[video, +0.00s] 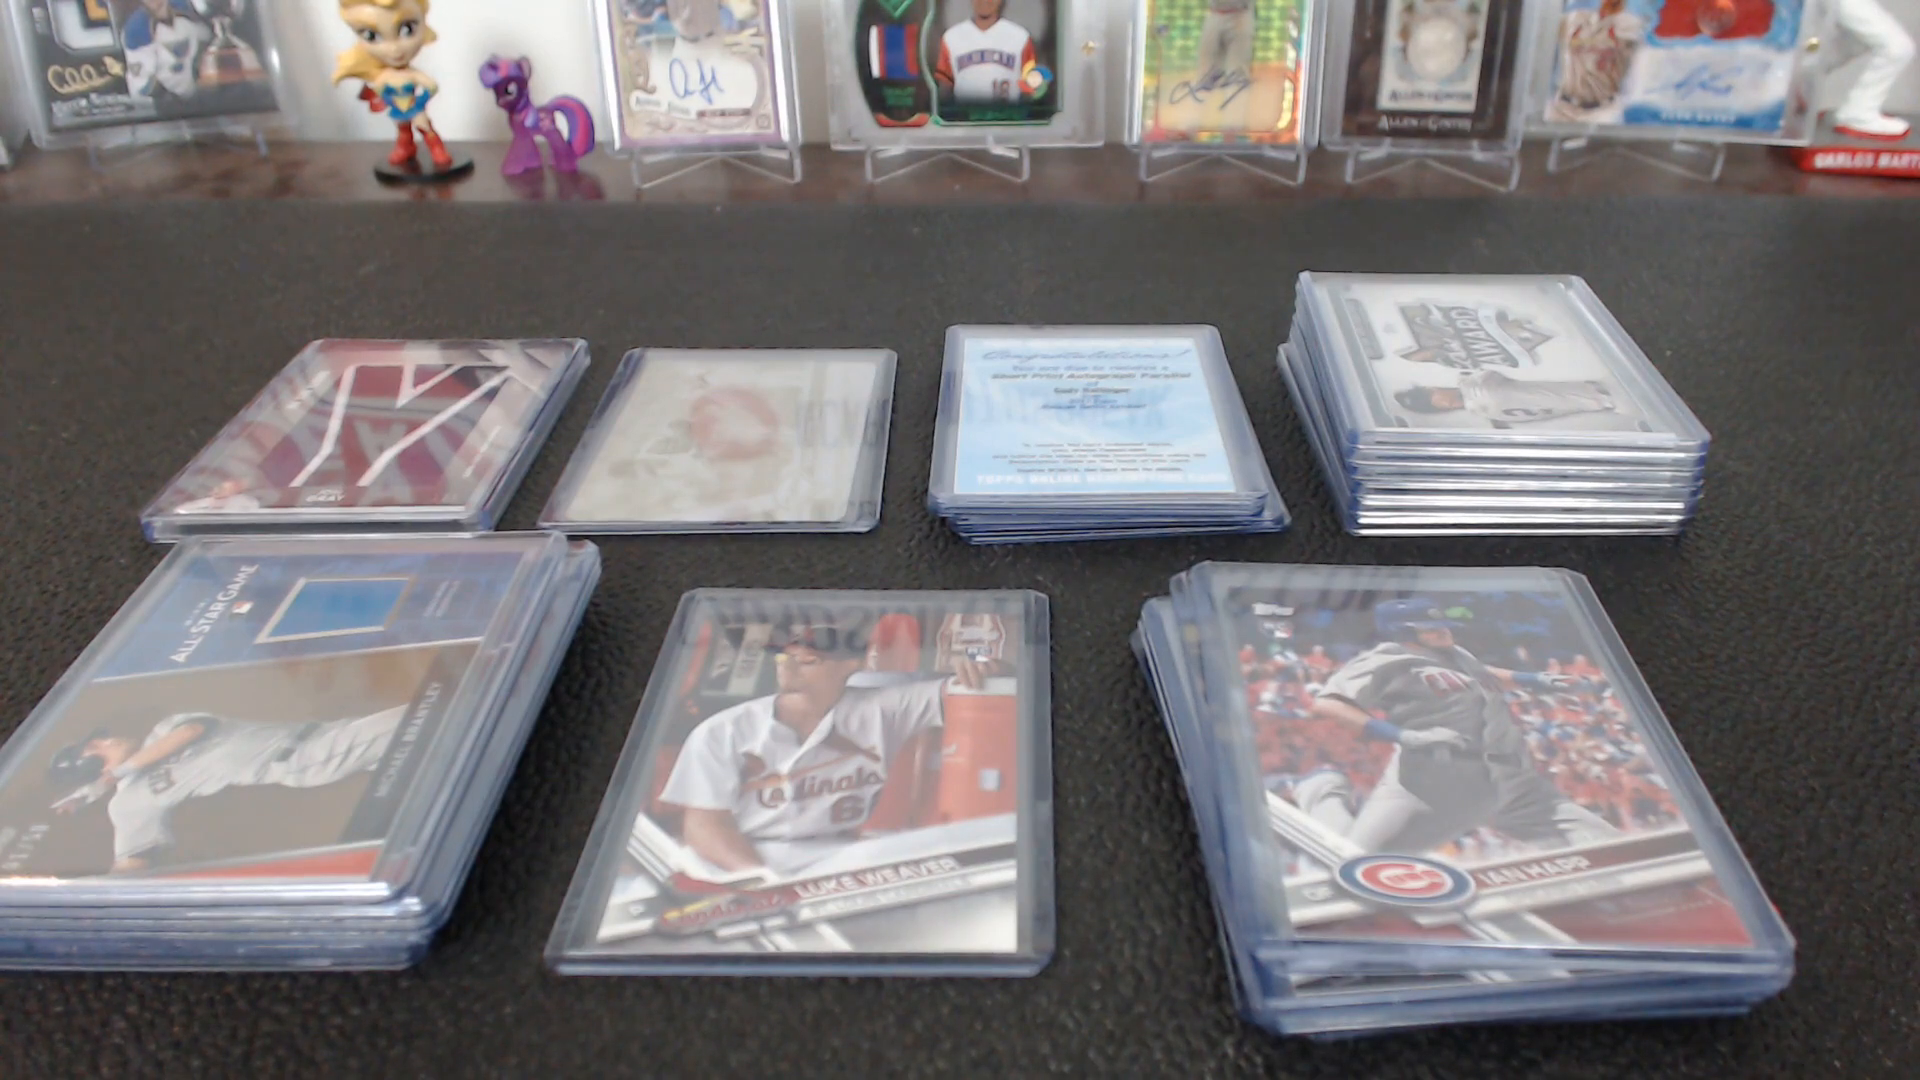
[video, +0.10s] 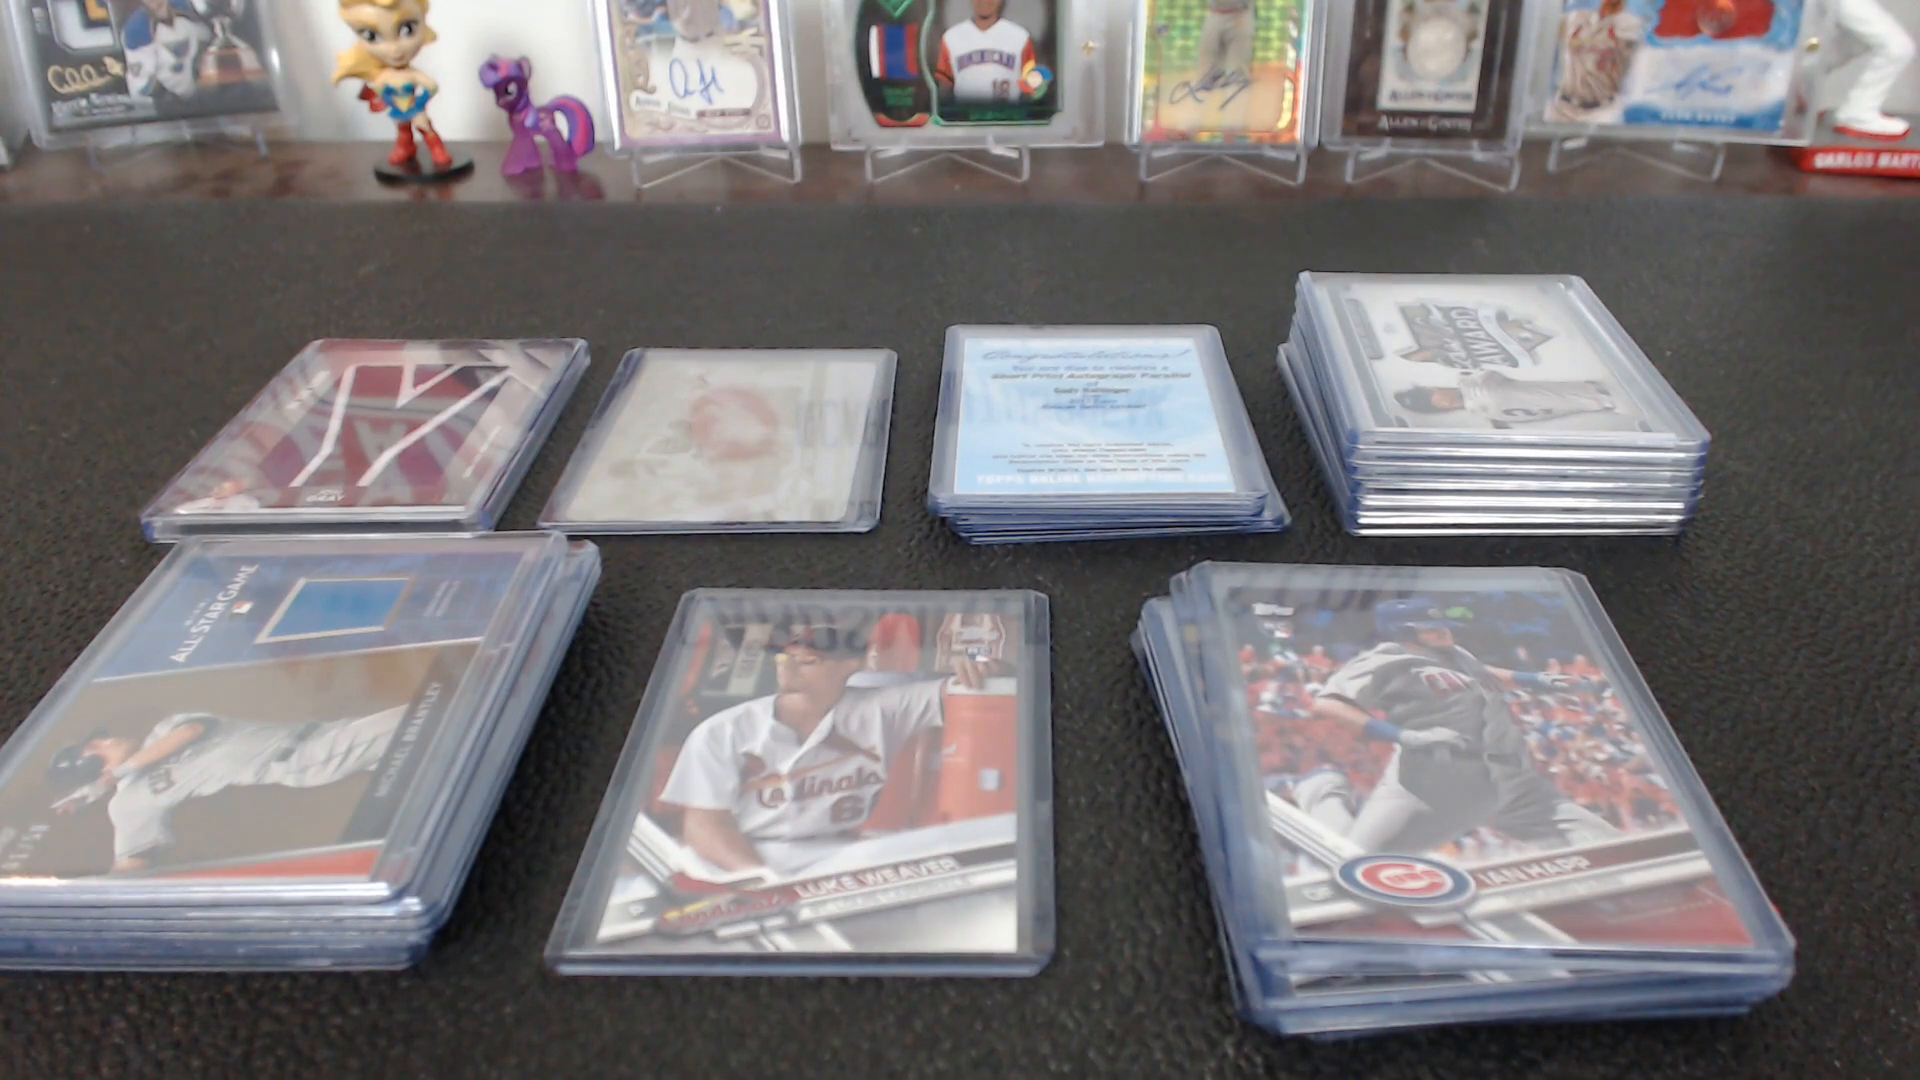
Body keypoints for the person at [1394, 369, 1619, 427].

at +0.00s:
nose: (1445, 401)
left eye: (1439, 396)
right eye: (1440, 403)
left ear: (1441, 388)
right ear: (1440, 407)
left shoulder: (1469, 382)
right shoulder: (1472, 409)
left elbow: (1496, 380)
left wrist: (1484, 387)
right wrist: (1503, 421)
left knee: (1551, 396)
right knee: (1551, 402)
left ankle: (1593, 397)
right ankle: (1589, 397)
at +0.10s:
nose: (1445, 401)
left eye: (1439, 396)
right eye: (1440, 403)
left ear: (1441, 388)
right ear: (1440, 407)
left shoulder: (1469, 382)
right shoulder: (1472, 408)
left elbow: (1495, 380)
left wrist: (1484, 387)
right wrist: (1503, 421)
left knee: (1551, 396)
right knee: (1551, 402)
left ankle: (1593, 397)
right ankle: (1589, 397)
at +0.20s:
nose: (1445, 400)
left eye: (1439, 395)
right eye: (1440, 403)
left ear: (1441, 388)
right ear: (1440, 407)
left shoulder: (1469, 382)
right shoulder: (1472, 409)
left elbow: (1495, 380)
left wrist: (1484, 388)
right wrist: (1503, 421)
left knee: (1551, 396)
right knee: (1551, 403)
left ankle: (1593, 397)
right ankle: (1589, 397)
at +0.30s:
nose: (1445, 400)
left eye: (1439, 395)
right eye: (1440, 403)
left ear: (1441, 388)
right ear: (1440, 407)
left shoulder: (1470, 382)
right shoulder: (1472, 409)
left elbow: (1495, 380)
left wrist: (1484, 388)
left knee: (1552, 396)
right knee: (1551, 402)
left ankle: (1594, 397)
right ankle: (1590, 397)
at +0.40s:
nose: (1445, 400)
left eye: (1439, 395)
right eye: (1440, 403)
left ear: (1440, 388)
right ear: (1440, 407)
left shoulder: (1469, 382)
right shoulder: (1472, 409)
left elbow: (1495, 380)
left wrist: (1484, 387)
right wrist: (1504, 421)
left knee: (1551, 396)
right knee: (1551, 402)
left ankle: (1593, 397)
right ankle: (1589, 397)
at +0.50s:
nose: (1445, 400)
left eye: (1439, 395)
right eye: (1440, 403)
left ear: (1440, 388)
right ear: (1440, 407)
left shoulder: (1469, 382)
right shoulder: (1472, 409)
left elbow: (1495, 380)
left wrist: (1484, 387)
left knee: (1552, 396)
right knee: (1551, 402)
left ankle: (1593, 397)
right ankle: (1589, 397)